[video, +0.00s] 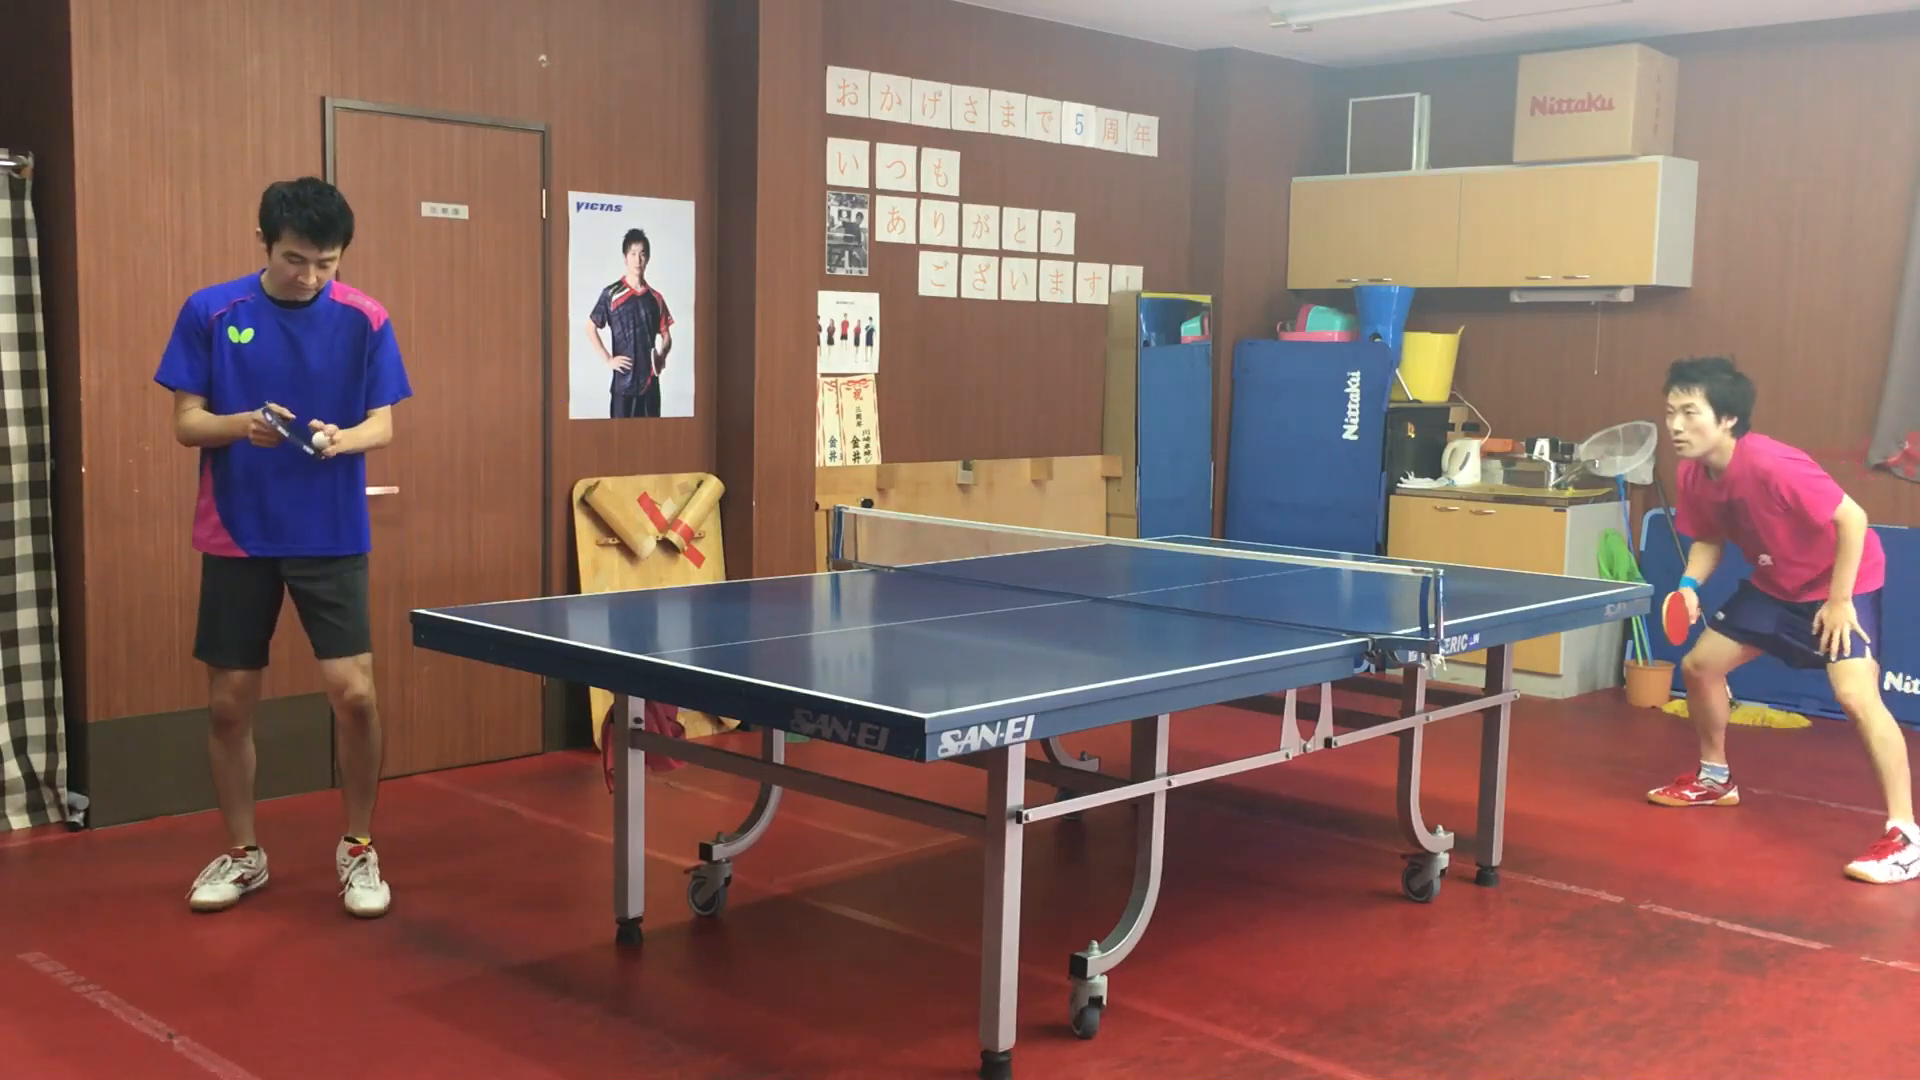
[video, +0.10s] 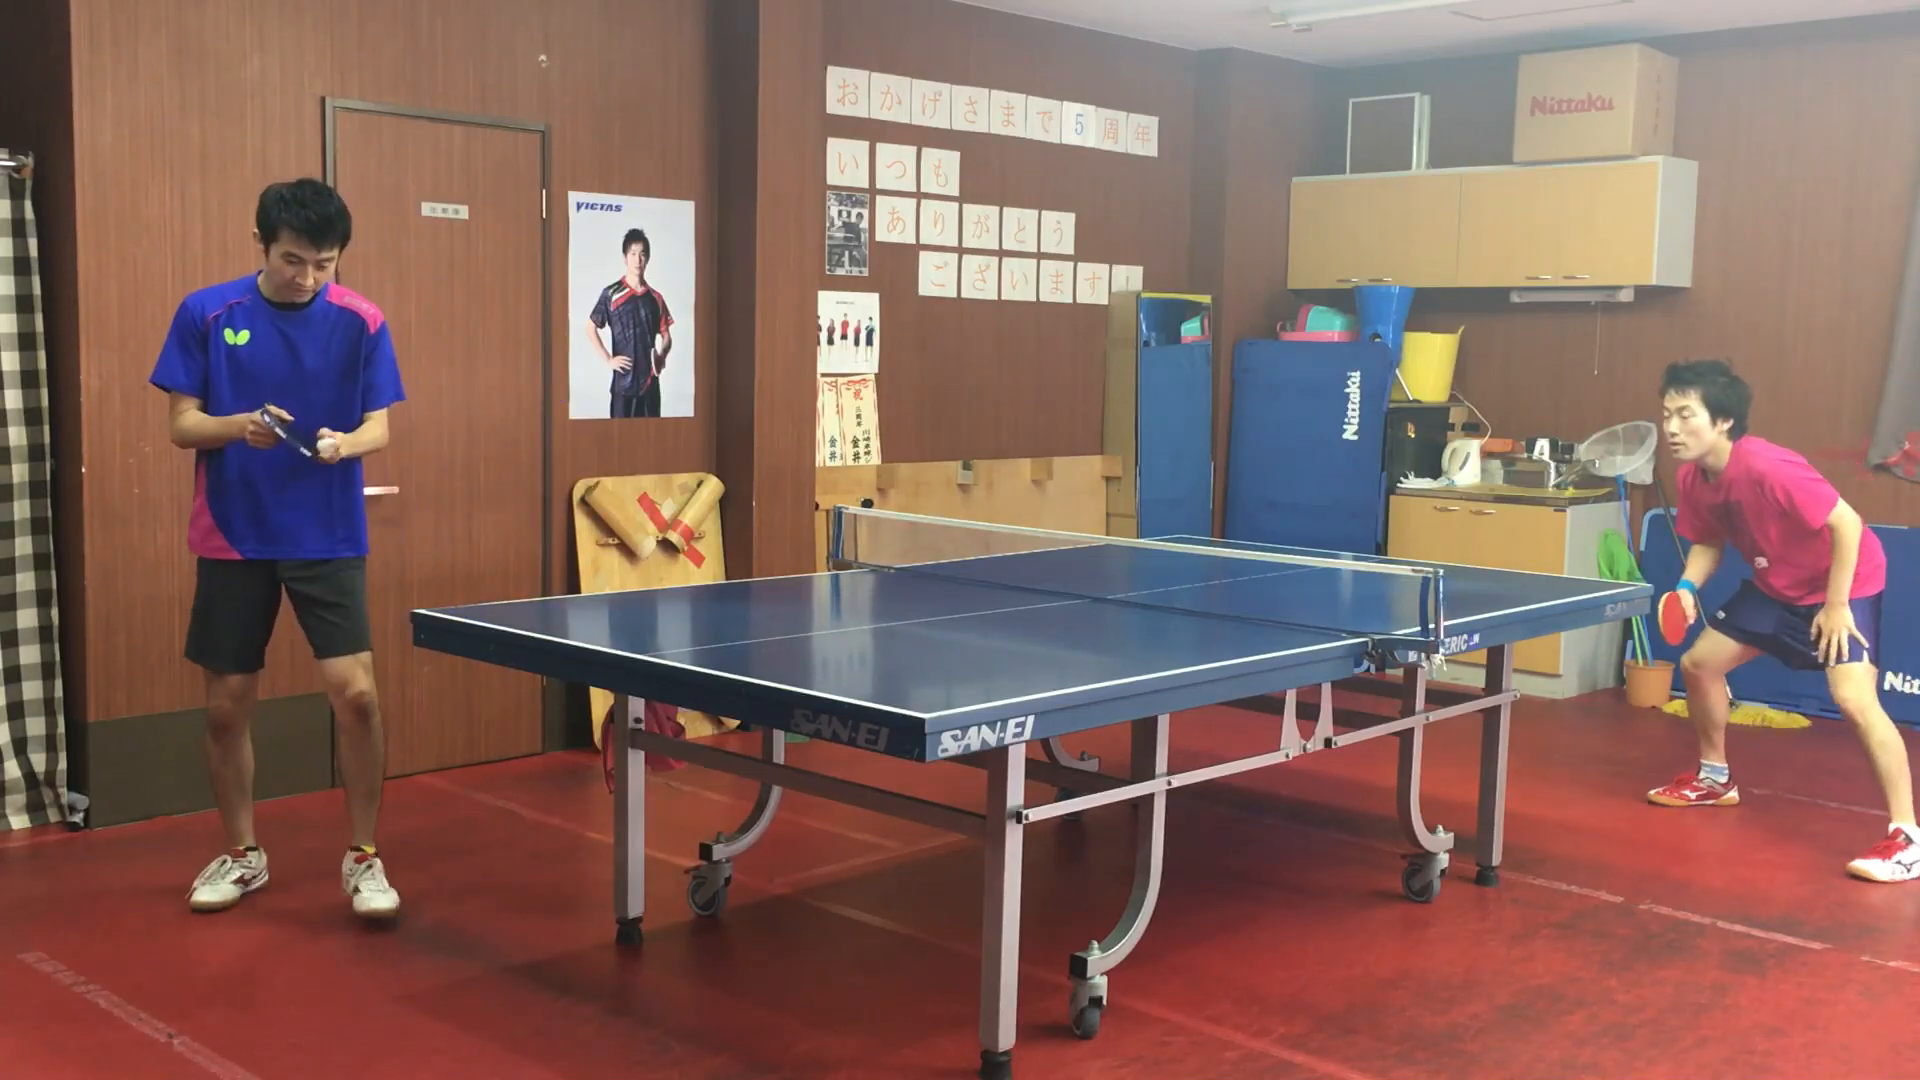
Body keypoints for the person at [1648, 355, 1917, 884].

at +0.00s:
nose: (1674, 425)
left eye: (1688, 412)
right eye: (1670, 413)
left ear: (1728, 421)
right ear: (1668, 418)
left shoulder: (1772, 465)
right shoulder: (1694, 475)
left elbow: (1853, 519)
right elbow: (1707, 540)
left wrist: (1839, 600)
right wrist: (1689, 587)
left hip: (1842, 586)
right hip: (1773, 584)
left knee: (1856, 695)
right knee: (1701, 664)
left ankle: (1905, 835)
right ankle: (1713, 777)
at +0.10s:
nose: (1669, 428)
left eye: (1683, 414)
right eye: (1666, 416)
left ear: (1724, 423)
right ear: (1663, 421)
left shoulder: (1767, 467)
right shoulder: (1694, 479)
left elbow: (1848, 525)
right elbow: (1707, 543)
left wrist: (1836, 604)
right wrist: (1686, 588)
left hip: (1844, 586)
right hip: (1776, 584)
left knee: (1853, 697)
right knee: (1700, 662)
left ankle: (1906, 835)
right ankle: (1713, 777)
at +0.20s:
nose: (1672, 435)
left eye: (1686, 422)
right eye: (1668, 423)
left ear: (1726, 430)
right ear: (1666, 428)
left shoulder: (1769, 475)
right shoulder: (1698, 485)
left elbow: (1851, 532)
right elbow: (1710, 549)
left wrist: (1836, 611)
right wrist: (1687, 593)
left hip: (1849, 588)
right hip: (1781, 586)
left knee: (1849, 698)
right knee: (1701, 664)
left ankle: (1906, 835)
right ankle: (1713, 777)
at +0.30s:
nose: (1678, 446)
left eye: (1691, 433)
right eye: (1674, 434)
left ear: (1732, 440)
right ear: (1671, 438)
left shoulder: (1774, 483)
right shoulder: (1703, 493)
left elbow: (1856, 541)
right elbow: (1714, 557)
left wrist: (1838, 620)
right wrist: (1689, 600)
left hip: (1857, 592)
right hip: (1788, 592)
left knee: (1845, 698)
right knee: (1702, 666)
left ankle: (1906, 836)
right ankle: (1713, 777)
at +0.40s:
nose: (1685, 458)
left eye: (1698, 445)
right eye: (1680, 446)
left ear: (1739, 452)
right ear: (1676, 450)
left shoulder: (1784, 493)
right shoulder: (1708, 505)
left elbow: (1865, 547)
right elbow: (1715, 569)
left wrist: (1840, 625)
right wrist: (1691, 609)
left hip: (1863, 598)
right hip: (1793, 598)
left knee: (1840, 703)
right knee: (1703, 670)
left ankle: (1905, 837)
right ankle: (1713, 779)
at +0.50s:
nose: (1690, 469)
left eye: (1703, 456)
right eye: (1685, 456)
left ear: (1744, 462)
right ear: (1679, 459)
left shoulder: (1791, 503)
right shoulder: (1713, 513)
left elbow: (1872, 556)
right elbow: (1715, 579)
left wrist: (1843, 633)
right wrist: (1690, 617)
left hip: (1869, 603)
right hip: (1796, 606)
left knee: (1838, 705)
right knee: (1704, 675)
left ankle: (1904, 837)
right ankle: (1713, 780)